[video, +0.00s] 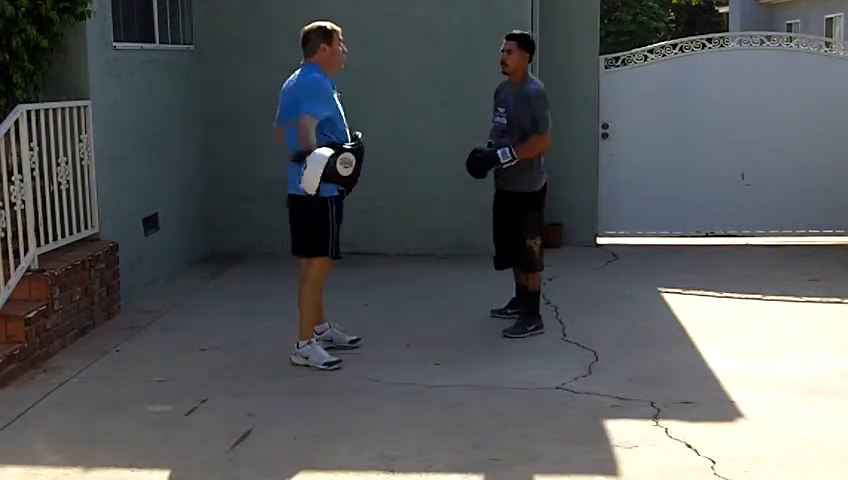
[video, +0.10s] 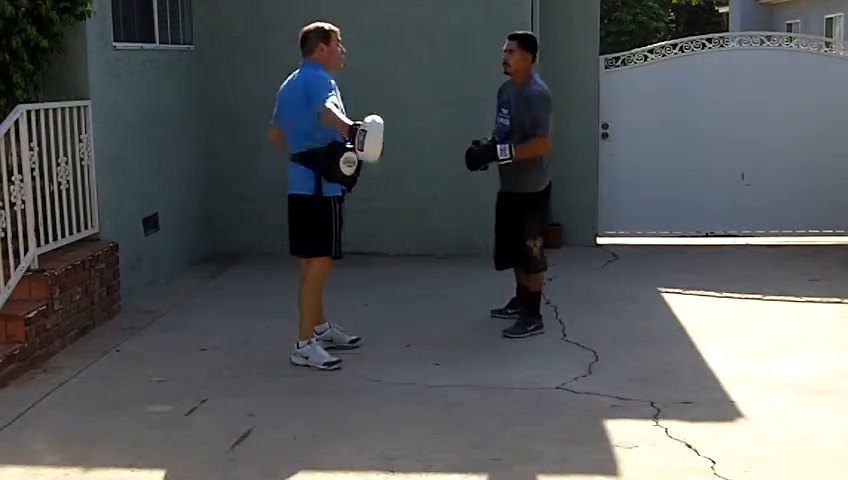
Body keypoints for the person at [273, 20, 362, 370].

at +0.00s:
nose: (345, 52)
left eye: (343, 46)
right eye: (341, 46)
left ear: (313, 50)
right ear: (325, 48)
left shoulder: (294, 82)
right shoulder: (316, 81)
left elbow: (282, 131)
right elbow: (306, 127)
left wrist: (303, 154)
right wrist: (317, 159)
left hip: (306, 190)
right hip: (318, 192)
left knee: (314, 261)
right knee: (319, 262)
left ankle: (318, 329)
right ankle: (305, 344)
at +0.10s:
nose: (343, 52)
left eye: (342, 46)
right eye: (339, 46)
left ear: (311, 51)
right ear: (322, 49)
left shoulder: (289, 84)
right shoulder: (321, 79)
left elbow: (274, 134)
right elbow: (328, 113)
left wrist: (306, 153)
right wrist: (355, 130)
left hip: (301, 187)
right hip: (320, 188)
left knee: (312, 261)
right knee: (319, 262)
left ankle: (318, 329)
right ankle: (305, 344)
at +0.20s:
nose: (341, 51)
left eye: (340, 45)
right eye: (337, 46)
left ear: (309, 52)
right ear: (319, 49)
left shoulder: (285, 86)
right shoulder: (323, 78)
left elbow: (273, 138)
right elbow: (351, 100)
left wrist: (312, 150)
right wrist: (395, 104)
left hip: (300, 188)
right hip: (322, 188)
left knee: (312, 261)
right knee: (321, 262)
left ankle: (320, 328)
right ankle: (305, 345)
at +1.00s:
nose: (343, 53)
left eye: (342, 47)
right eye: (339, 47)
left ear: (314, 52)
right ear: (319, 50)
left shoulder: (291, 85)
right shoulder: (323, 85)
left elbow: (282, 140)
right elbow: (346, 135)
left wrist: (325, 147)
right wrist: (381, 155)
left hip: (305, 187)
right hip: (320, 190)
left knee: (317, 260)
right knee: (318, 262)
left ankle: (320, 329)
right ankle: (305, 345)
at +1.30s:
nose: (343, 56)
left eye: (342, 50)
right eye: (338, 49)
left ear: (318, 53)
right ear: (318, 52)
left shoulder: (314, 84)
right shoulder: (303, 88)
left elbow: (324, 136)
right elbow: (307, 144)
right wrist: (340, 179)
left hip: (320, 187)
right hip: (310, 190)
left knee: (321, 260)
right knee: (314, 262)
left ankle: (318, 329)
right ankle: (305, 344)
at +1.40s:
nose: (342, 56)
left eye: (341, 49)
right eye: (338, 49)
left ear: (317, 53)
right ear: (317, 52)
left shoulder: (313, 84)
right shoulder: (299, 88)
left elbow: (322, 133)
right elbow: (299, 142)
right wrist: (329, 181)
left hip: (321, 188)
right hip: (308, 191)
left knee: (321, 260)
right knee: (314, 262)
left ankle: (319, 329)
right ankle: (305, 345)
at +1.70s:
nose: (336, 53)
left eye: (336, 47)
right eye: (331, 47)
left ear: (314, 52)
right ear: (312, 52)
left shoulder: (320, 84)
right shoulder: (292, 89)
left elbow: (350, 121)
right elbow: (291, 144)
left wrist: (363, 83)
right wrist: (325, 182)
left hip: (325, 186)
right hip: (306, 190)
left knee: (321, 259)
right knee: (313, 260)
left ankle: (319, 330)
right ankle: (304, 344)